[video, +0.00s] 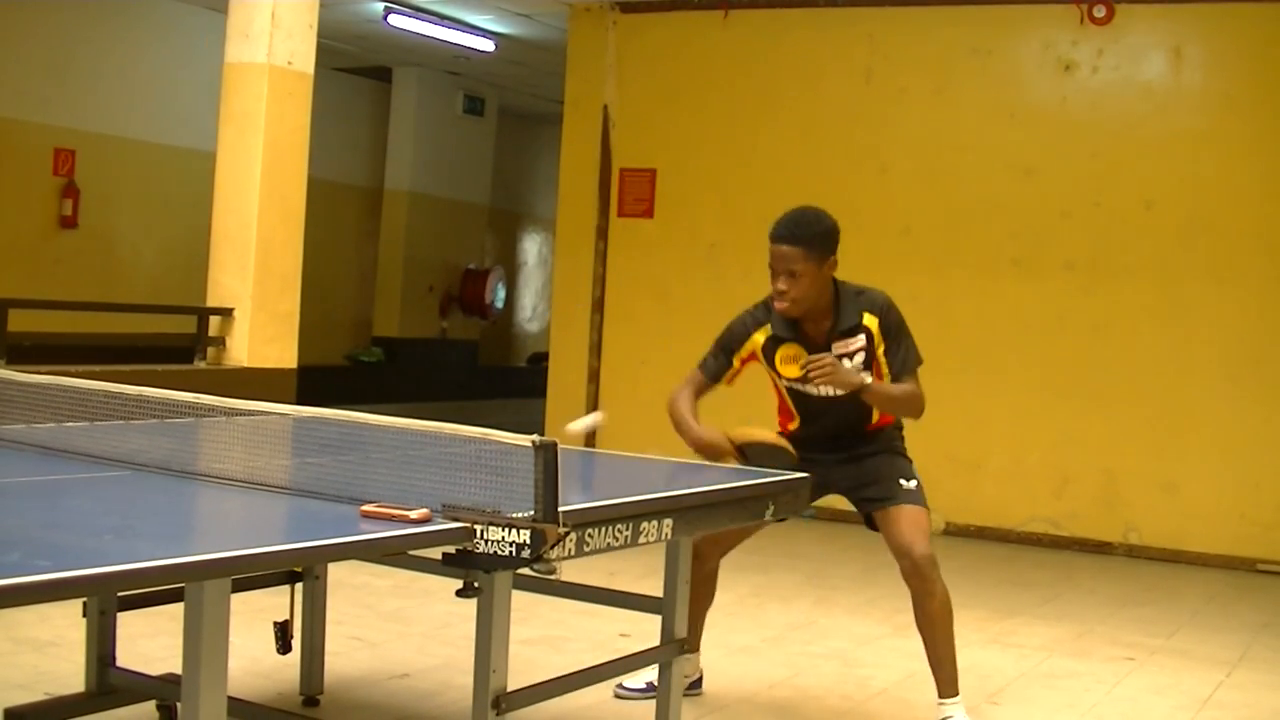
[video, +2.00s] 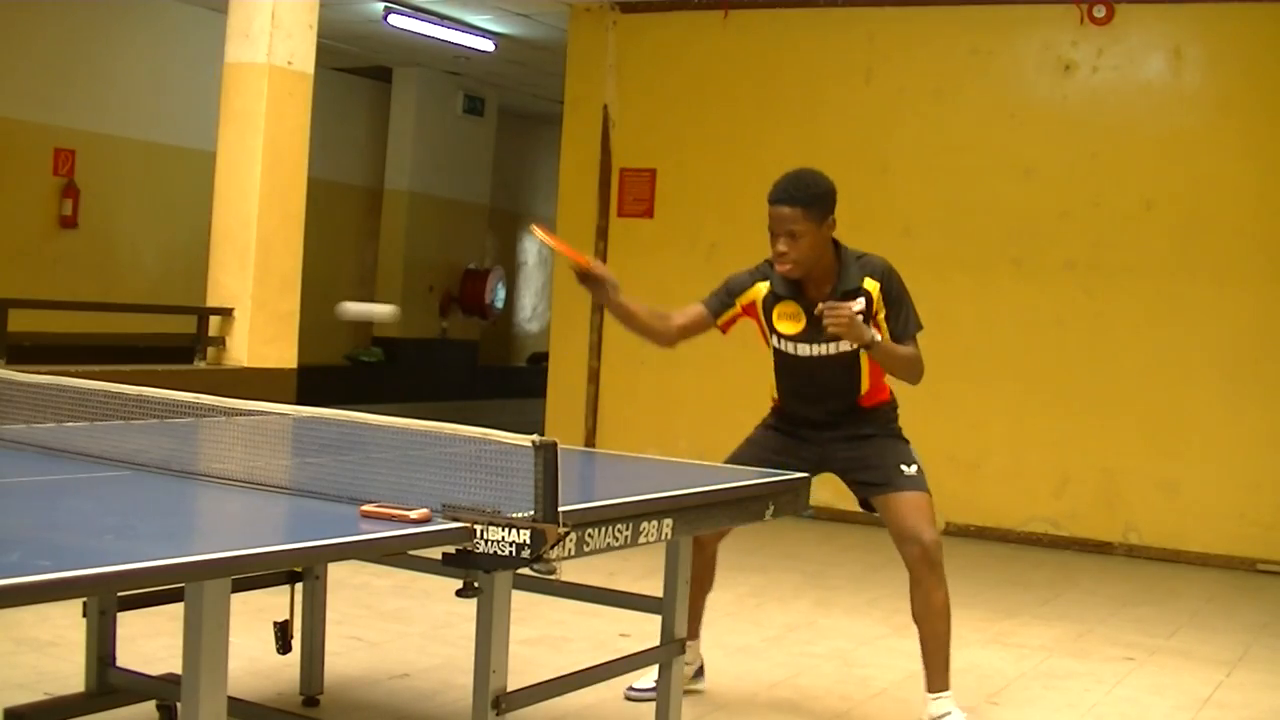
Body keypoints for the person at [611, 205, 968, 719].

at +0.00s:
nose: (777, 287)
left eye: (790, 275)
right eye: (773, 273)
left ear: (828, 269)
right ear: (767, 266)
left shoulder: (874, 312)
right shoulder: (759, 324)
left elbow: (914, 403)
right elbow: (682, 396)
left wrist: (859, 382)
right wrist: (696, 435)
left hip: (875, 452)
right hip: (799, 453)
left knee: (919, 556)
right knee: (701, 544)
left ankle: (950, 703)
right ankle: (682, 665)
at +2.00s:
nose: (778, 248)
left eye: (791, 236)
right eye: (773, 234)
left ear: (828, 228)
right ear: (767, 229)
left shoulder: (875, 280)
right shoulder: (757, 284)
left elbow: (913, 370)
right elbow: (668, 328)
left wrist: (869, 337)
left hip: (868, 431)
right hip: (789, 429)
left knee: (924, 546)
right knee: (698, 523)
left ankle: (940, 702)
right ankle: (683, 657)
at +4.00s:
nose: (783, 236)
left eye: (797, 225)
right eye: (780, 224)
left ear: (834, 228)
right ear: (777, 224)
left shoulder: (878, 285)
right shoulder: (765, 286)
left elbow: (921, 375)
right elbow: (673, 328)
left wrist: (885, 305)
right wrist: (623, 270)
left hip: (865, 446)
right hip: (787, 445)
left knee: (937, 550)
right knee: (698, 547)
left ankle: (950, 703)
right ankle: (684, 660)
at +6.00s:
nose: (736, 220)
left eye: (750, 209)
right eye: (733, 207)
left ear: (787, 210)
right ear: (729, 208)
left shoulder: (833, 271)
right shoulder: (724, 277)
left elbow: (855, 365)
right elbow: (649, 341)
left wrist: (806, 305)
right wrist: (604, 299)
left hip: (827, 438)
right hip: (747, 436)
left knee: (877, 552)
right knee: (659, 525)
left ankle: (909, 707)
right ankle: (646, 667)